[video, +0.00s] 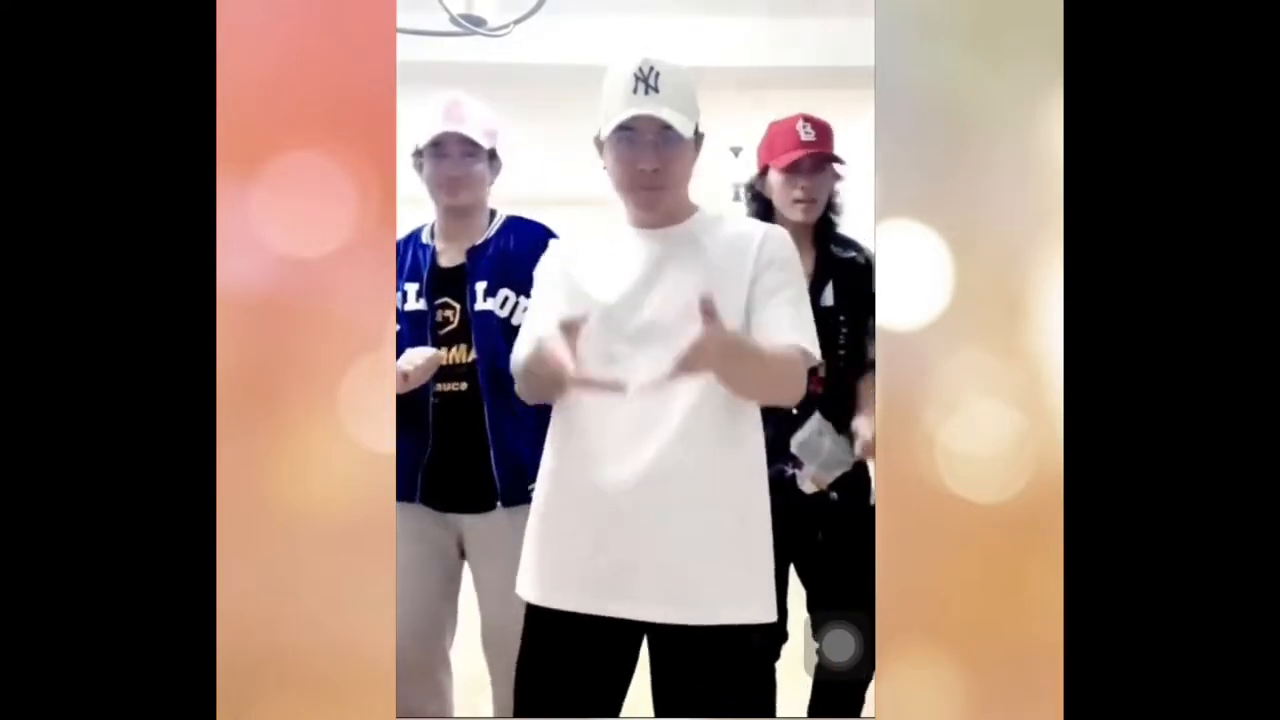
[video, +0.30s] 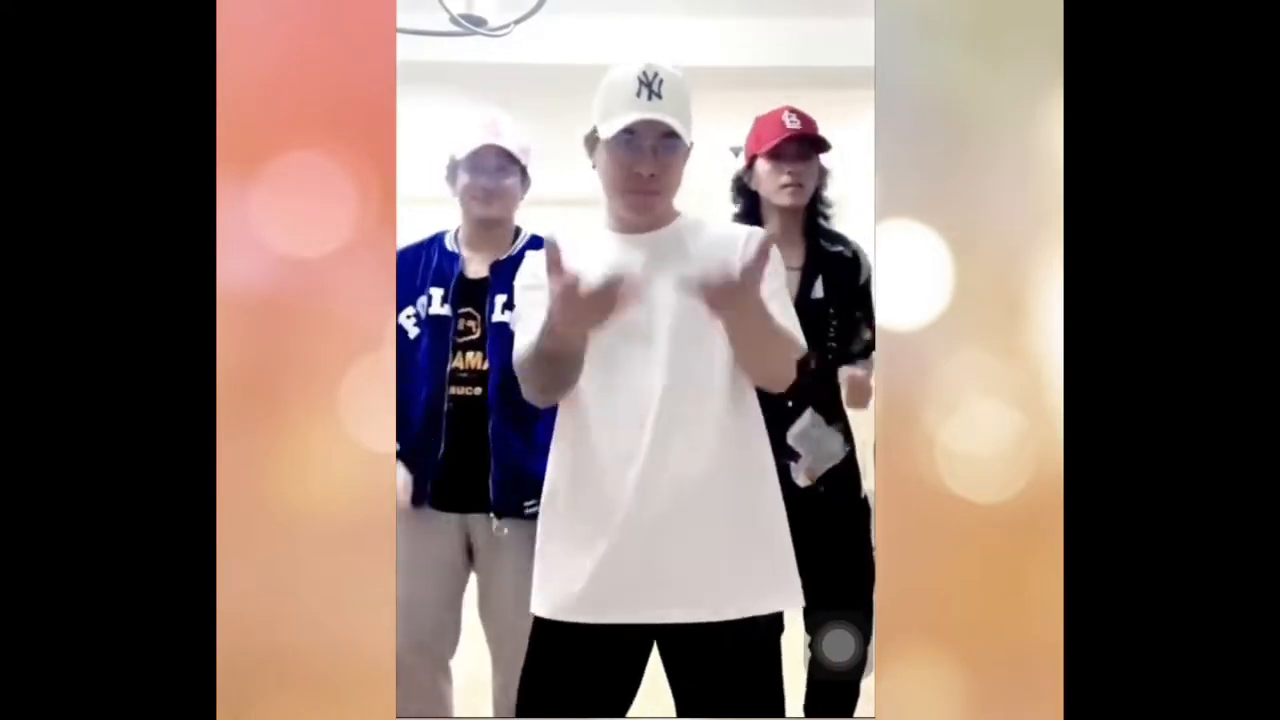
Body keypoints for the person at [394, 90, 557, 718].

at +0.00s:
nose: (453, 168)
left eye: (469, 154)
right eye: (439, 154)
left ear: (495, 168)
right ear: (420, 168)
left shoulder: (535, 248)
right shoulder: (394, 259)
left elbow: (571, 348)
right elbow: (358, 367)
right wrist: (392, 375)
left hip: (509, 493)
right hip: (414, 494)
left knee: (515, 662)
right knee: (414, 660)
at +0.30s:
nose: (488, 181)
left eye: (503, 170)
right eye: (475, 168)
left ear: (524, 184)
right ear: (451, 178)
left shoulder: (550, 267)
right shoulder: (405, 267)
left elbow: (576, 378)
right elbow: (374, 375)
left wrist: (569, 476)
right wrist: (387, 459)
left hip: (519, 498)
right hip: (425, 497)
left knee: (519, 665)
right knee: (417, 659)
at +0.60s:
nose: (509, 164)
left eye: (525, 155)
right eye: (496, 153)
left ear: (543, 180)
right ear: (472, 169)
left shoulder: (557, 264)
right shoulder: (420, 253)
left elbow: (570, 378)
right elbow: (382, 365)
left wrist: (537, 481)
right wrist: (388, 477)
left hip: (533, 485)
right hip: (441, 481)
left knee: (532, 665)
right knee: (425, 665)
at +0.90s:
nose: (483, 165)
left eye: (498, 156)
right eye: (470, 156)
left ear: (522, 176)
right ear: (449, 173)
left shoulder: (549, 262)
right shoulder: (404, 256)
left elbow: (574, 360)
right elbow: (367, 360)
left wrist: (558, 463)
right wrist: (376, 472)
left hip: (523, 486)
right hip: (428, 485)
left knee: (526, 658)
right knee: (421, 658)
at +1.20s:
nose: (464, 167)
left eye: (479, 157)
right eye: (451, 157)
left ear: (503, 179)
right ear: (431, 174)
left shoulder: (533, 258)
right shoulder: (399, 257)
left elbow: (565, 364)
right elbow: (366, 355)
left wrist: (555, 466)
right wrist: (373, 459)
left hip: (505, 489)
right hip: (414, 485)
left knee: (514, 660)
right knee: (416, 654)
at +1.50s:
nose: (483, 176)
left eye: (497, 166)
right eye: (470, 165)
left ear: (518, 184)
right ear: (449, 181)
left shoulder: (557, 264)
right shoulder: (406, 266)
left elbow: (578, 380)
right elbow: (373, 371)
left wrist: (562, 488)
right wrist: (380, 472)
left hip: (521, 493)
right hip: (427, 492)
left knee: (523, 661)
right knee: (422, 659)